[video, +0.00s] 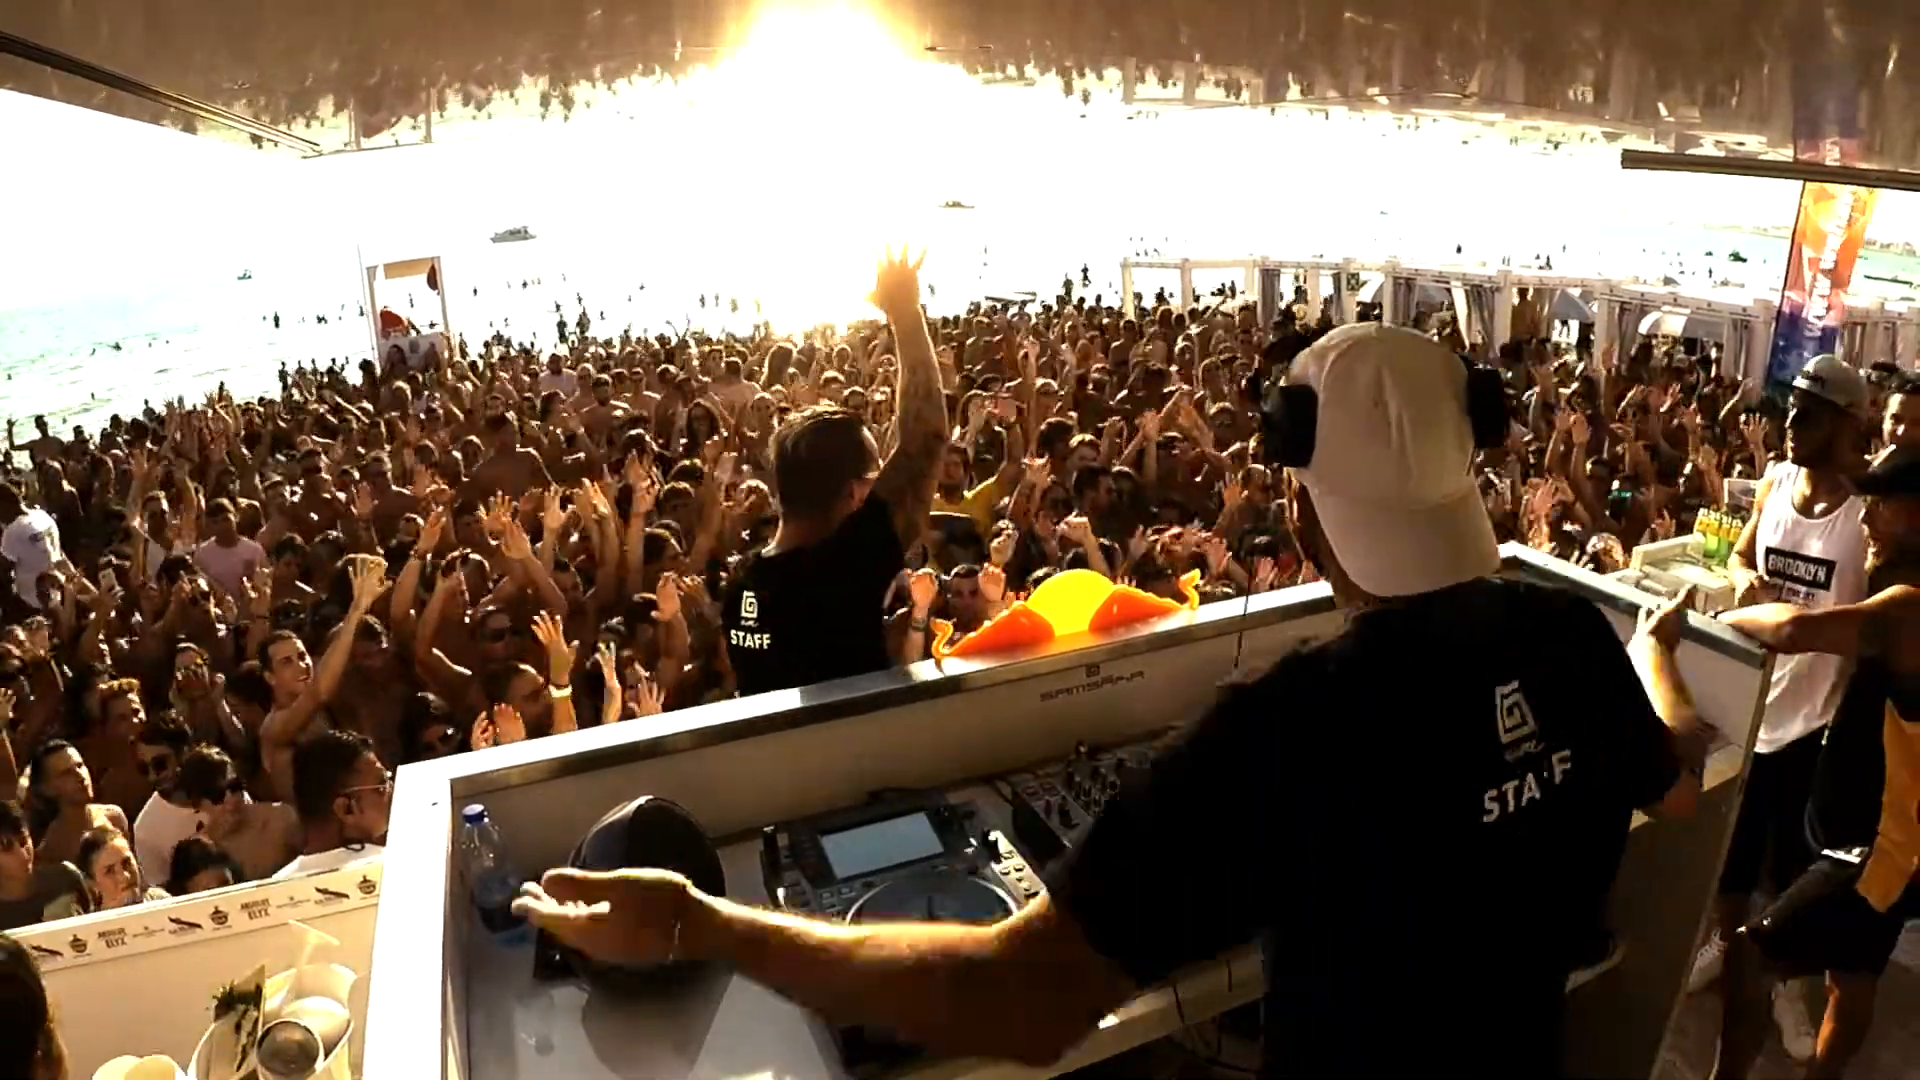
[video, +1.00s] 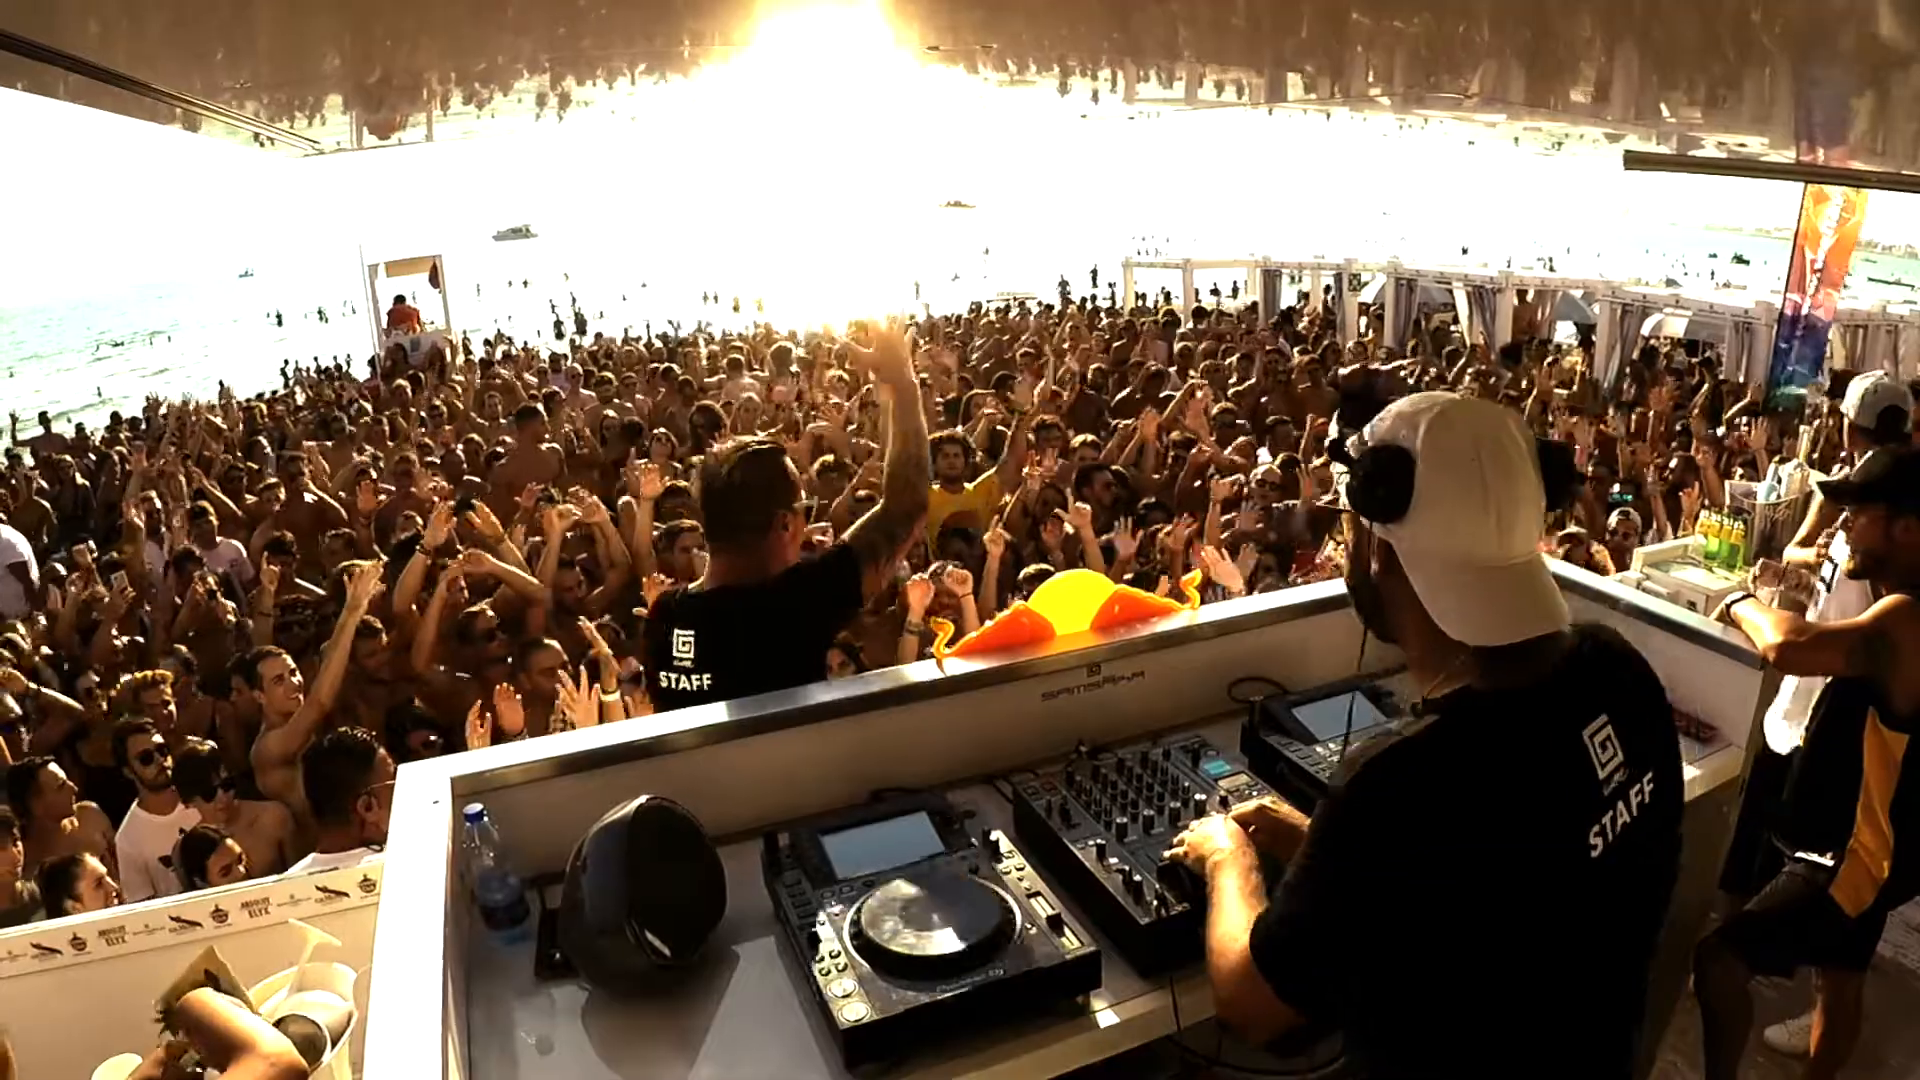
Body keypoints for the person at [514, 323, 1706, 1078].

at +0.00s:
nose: (1301, 499)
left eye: (1303, 466)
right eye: (1302, 463)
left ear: (1331, 491)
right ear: (1476, 464)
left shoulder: (1293, 715)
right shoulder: (1580, 635)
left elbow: (1008, 998)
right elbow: (1661, 781)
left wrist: (705, 923)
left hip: (1320, 1078)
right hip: (1520, 1067)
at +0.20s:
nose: (1264, 516)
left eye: (1268, 488)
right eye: (1265, 487)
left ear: (1303, 499)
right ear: (1423, 474)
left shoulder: (1303, 711)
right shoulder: (1570, 619)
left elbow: (1353, 1051)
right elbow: (1730, 851)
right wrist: (1616, 849)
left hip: (1397, 1076)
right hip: (1561, 1051)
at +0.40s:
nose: (1299, 527)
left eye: (1297, 496)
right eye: (1293, 495)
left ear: (1336, 501)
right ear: (1464, 476)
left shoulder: (1346, 735)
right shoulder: (1595, 624)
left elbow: (1214, 993)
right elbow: (1629, 862)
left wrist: (1193, 845)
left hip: (1393, 1067)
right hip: (1573, 1044)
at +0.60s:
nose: (1361, 513)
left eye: (1368, 490)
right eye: (1363, 489)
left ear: (1417, 521)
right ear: (1531, 494)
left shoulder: (1417, 723)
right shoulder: (1641, 645)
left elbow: (1261, 968)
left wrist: (1223, 847)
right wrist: (1331, 822)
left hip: (1455, 1069)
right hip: (1628, 1052)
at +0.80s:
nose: (1393, 479)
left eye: (1405, 453)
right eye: (1401, 452)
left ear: (1446, 482)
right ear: (1555, 477)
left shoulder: (1440, 715)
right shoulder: (1645, 633)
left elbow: (1284, 964)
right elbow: (1534, 850)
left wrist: (1226, 850)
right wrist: (1328, 829)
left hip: (1449, 1057)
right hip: (1618, 1045)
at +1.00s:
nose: (1344, 552)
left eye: (1352, 529)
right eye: (1350, 528)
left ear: (1384, 554)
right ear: (1516, 531)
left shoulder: (1396, 788)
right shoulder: (1617, 673)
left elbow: (1251, 1004)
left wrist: (1228, 859)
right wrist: (1315, 843)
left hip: (1421, 1074)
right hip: (1595, 1057)